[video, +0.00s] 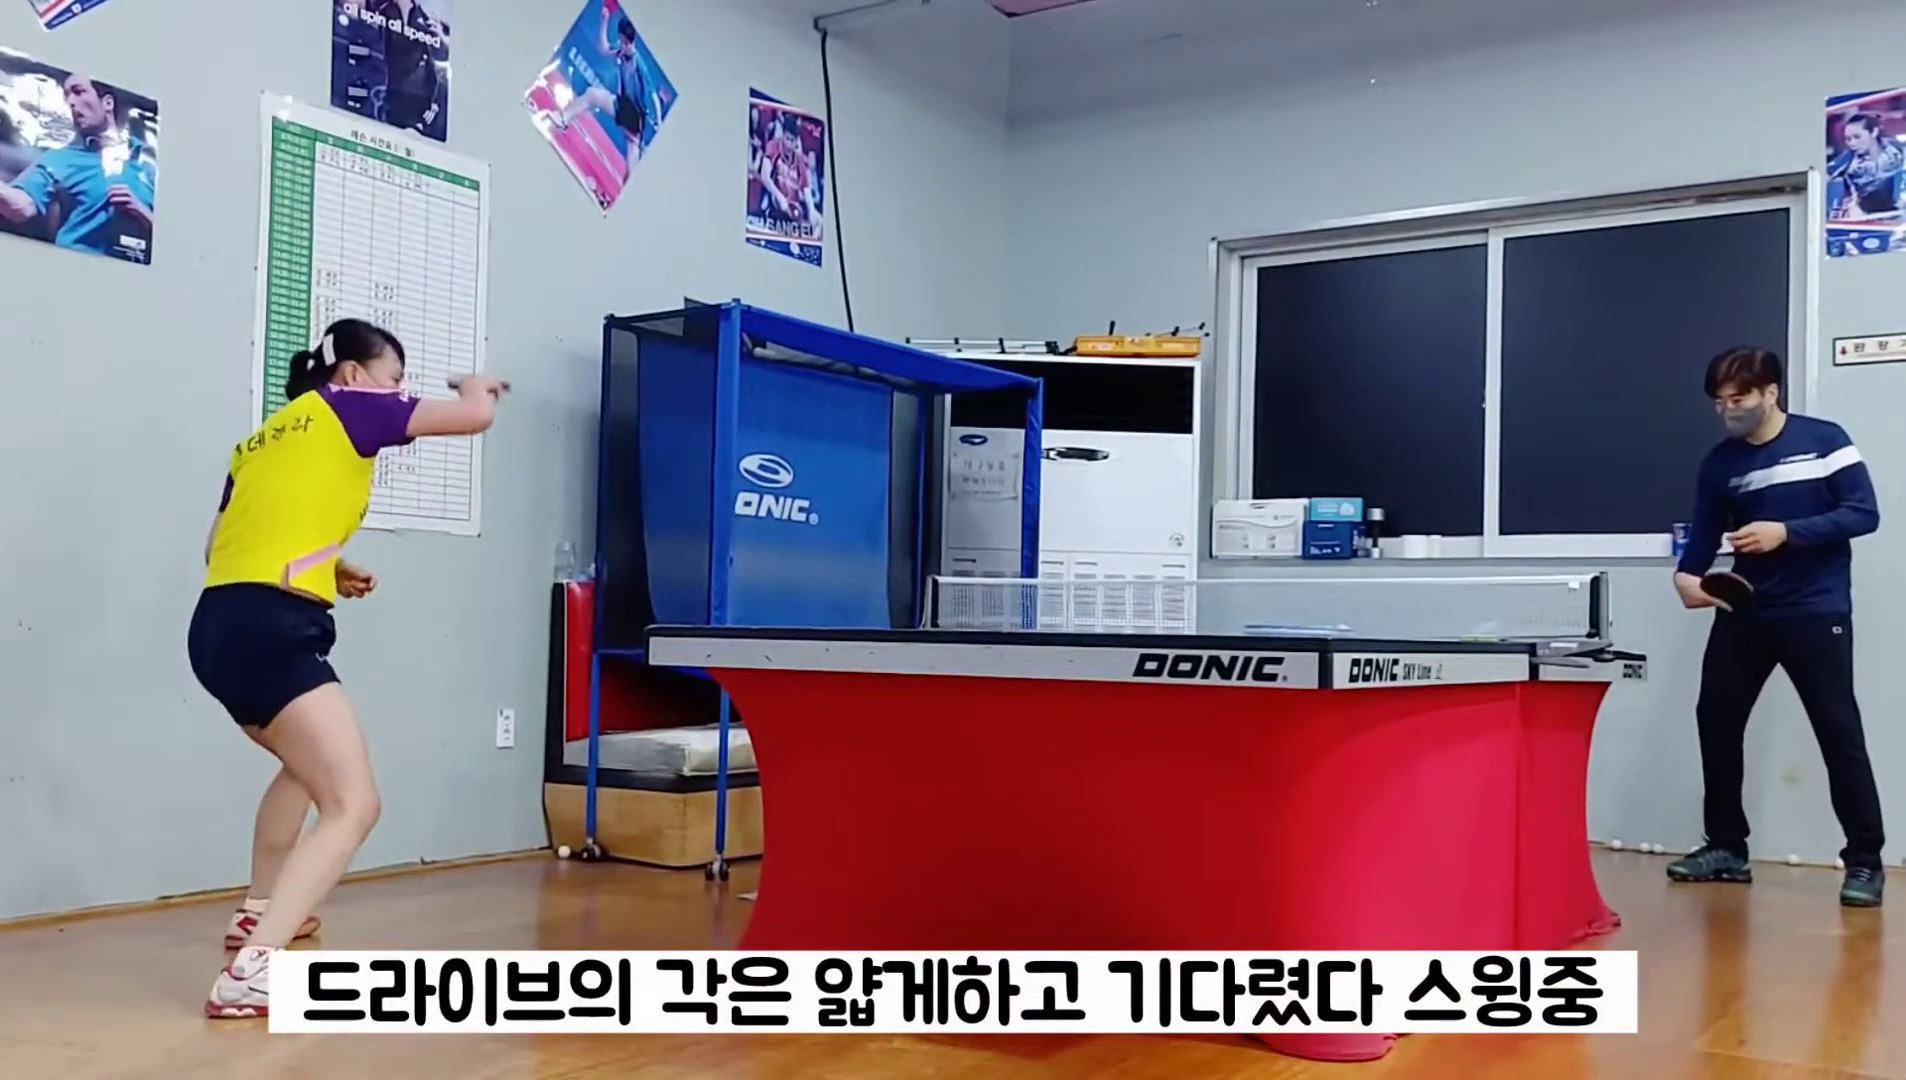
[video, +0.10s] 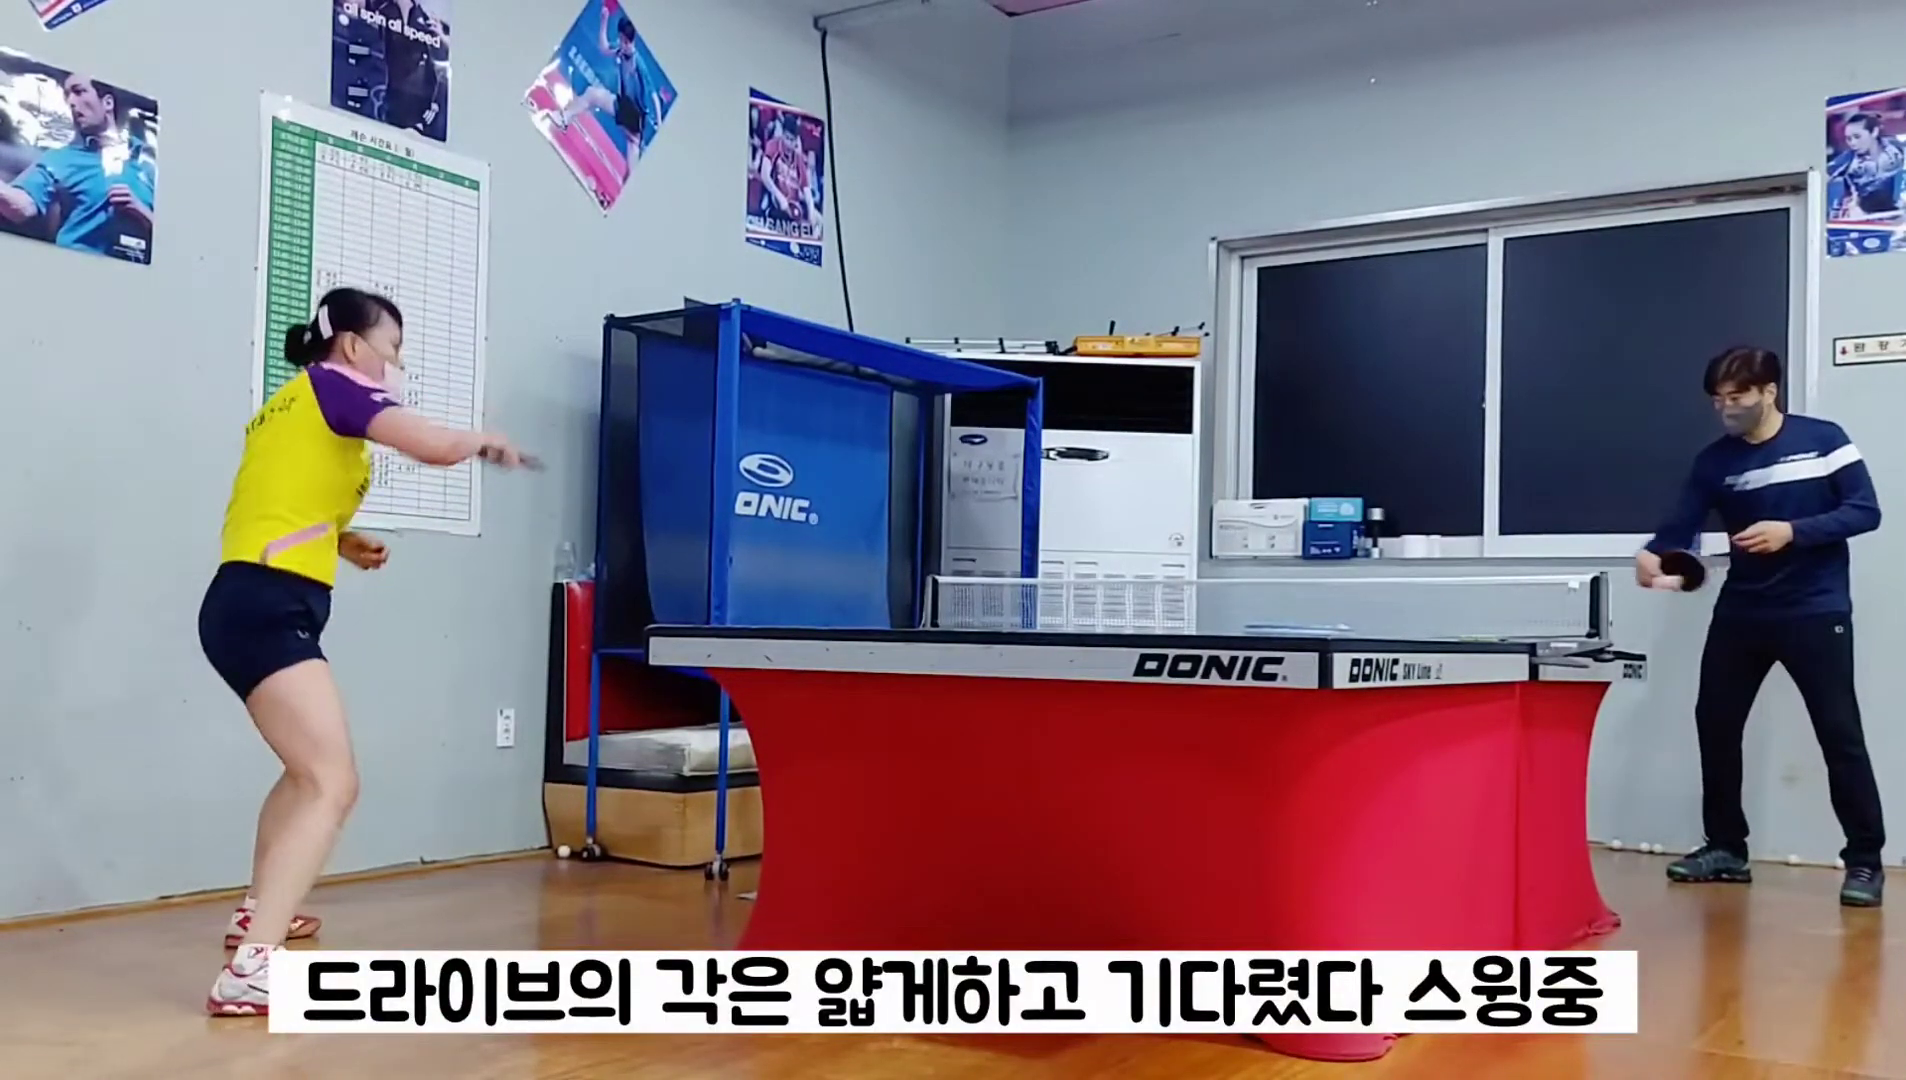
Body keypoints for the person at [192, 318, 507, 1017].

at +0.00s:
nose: (396, 393)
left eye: (398, 382)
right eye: (390, 379)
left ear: (326, 376)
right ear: (351, 371)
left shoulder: (257, 441)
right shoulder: (351, 406)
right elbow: (474, 416)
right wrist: (481, 386)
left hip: (214, 628)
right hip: (270, 625)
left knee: (303, 770)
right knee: (353, 806)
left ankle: (260, 911)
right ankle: (251, 970)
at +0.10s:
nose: (397, 369)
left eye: (398, 356)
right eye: (390, 352)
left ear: (336, 350)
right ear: (349, 343)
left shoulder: (288, 404)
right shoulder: (334, 388)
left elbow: (279, 491)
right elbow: (434, 446)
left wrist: (341, 537)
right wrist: (482, 439)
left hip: (242, 606)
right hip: (268, 608)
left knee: (306, 773)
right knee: (334, 784)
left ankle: (261, 908)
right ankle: (253, 965)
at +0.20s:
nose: (401, 342)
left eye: (401, 329)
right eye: (392, 328)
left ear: (355, 334)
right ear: (348, 330)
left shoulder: (343, 402)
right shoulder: (312, 384)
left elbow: (315, 503)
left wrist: (359, 527)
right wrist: (418, 519)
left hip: (298, 607)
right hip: (253, 600)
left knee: (333, 767)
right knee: (321, 764)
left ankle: (253, 897)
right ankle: (261, 958)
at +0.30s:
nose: (395, 362)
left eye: (395, 349)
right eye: (384, 348)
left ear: (355, 358)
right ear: (337, 357)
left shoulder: (383, 444)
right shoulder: (272, 430)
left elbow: (356, 522)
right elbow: (208, 534)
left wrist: (377, 544)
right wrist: (231, 581)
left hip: (323, 632)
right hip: (251, 625)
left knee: (346, 795)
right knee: (323, 767)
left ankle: (246, 898)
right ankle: (260, 960)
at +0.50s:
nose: (383, 407)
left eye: (384, 392)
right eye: (368, 393)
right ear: (318, 405)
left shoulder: (391, 479)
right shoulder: (247, 472)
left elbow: (399, 569)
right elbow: (156, 543)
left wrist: (366, 592)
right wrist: (55, 566)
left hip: (333, 661)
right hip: (250, 647)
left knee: (350, 829)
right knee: (315, 762)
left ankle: (249, 894)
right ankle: (260, 960)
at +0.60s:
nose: (390, 389)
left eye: (393, 377)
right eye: (377, 375)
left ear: (380, 385)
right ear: (327, 380)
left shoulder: (394, 460)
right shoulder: (257, 450)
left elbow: (396, 546)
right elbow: (171, 524)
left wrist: (375, 566)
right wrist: (69, 540)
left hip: (331, 644)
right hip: (252, 629)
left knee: (348, 811)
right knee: (306, 761)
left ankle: (249, 893)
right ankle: (260, 961)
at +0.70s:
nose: (402, 372)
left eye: (407, 360)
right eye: (392, 357)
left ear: (392, 363)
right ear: (346, 354)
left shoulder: (386, 437)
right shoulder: (283, 416)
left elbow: (369, 522)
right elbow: (209, 503)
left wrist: (378, 541)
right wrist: (146, 527)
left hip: (324, 622)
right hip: (256, 607)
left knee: (344, 784)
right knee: (289, 762)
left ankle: (250, 889)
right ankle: (255, 957)